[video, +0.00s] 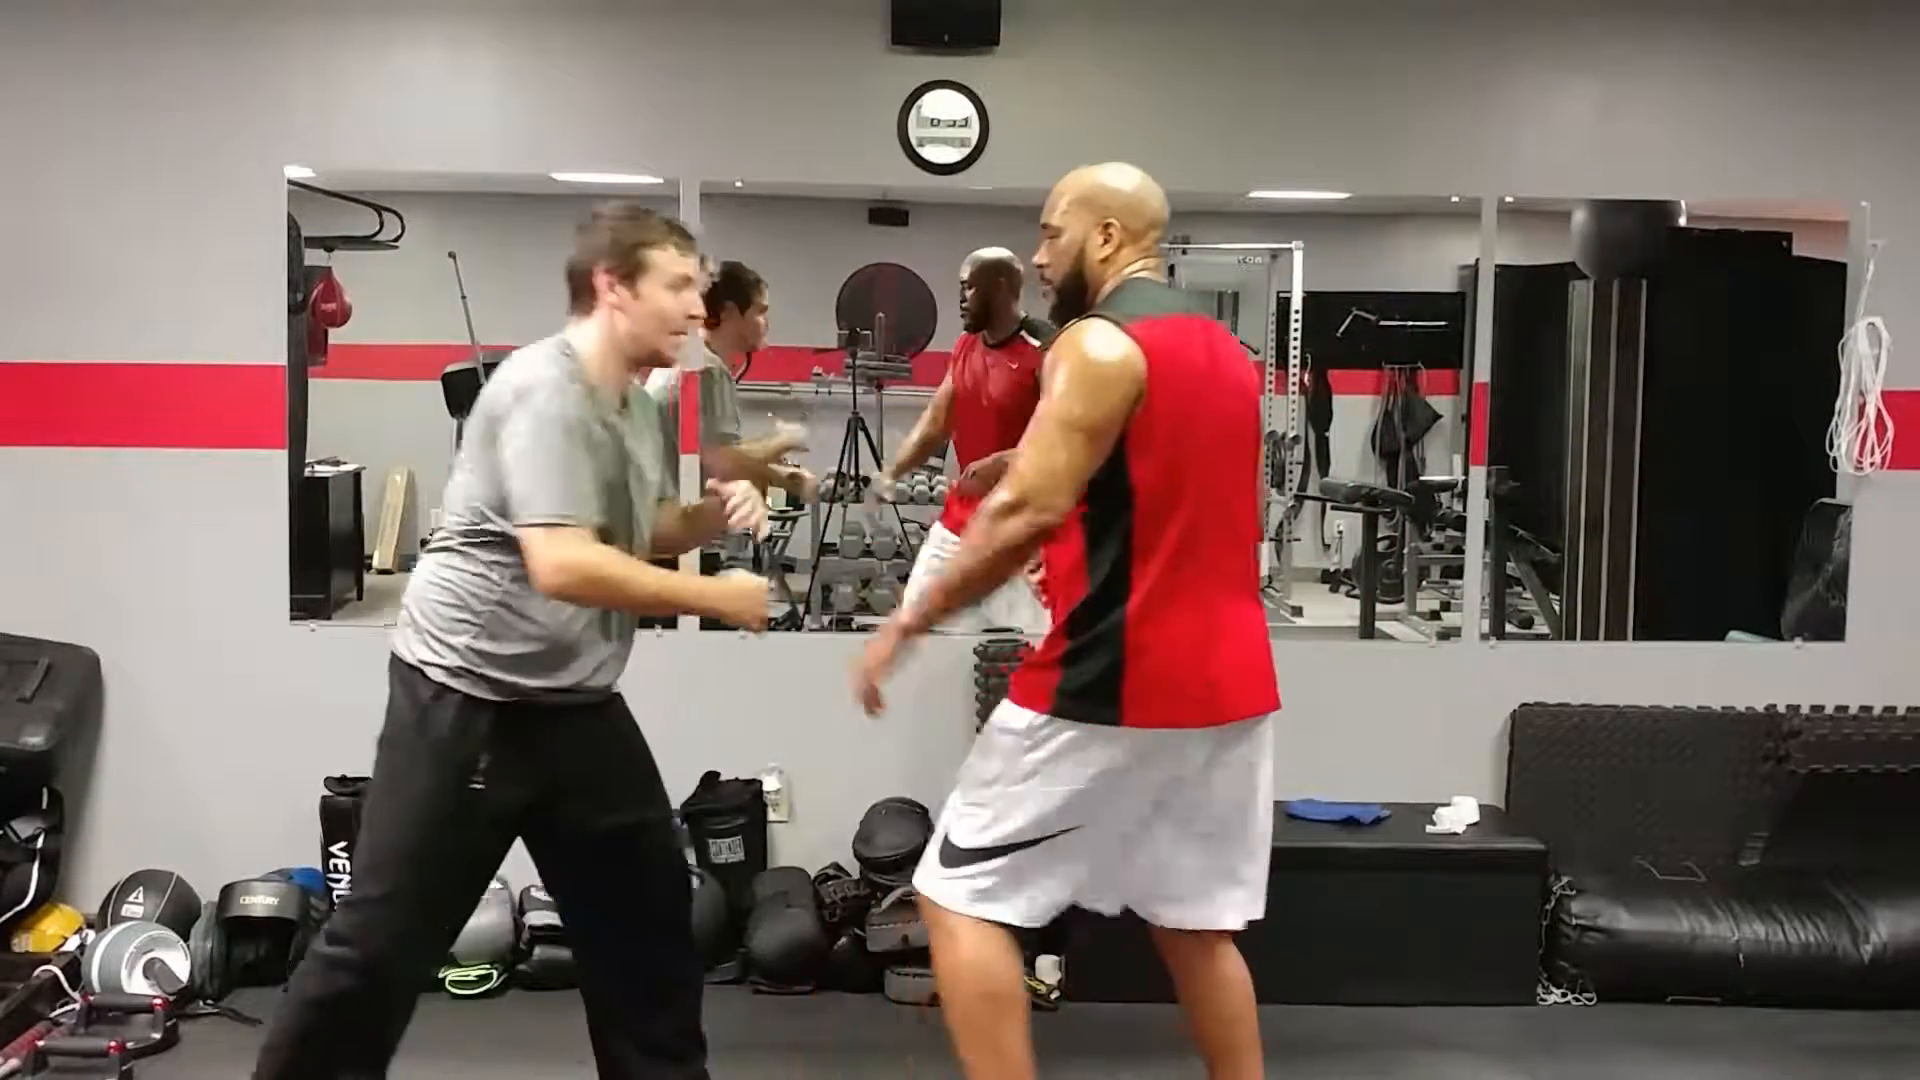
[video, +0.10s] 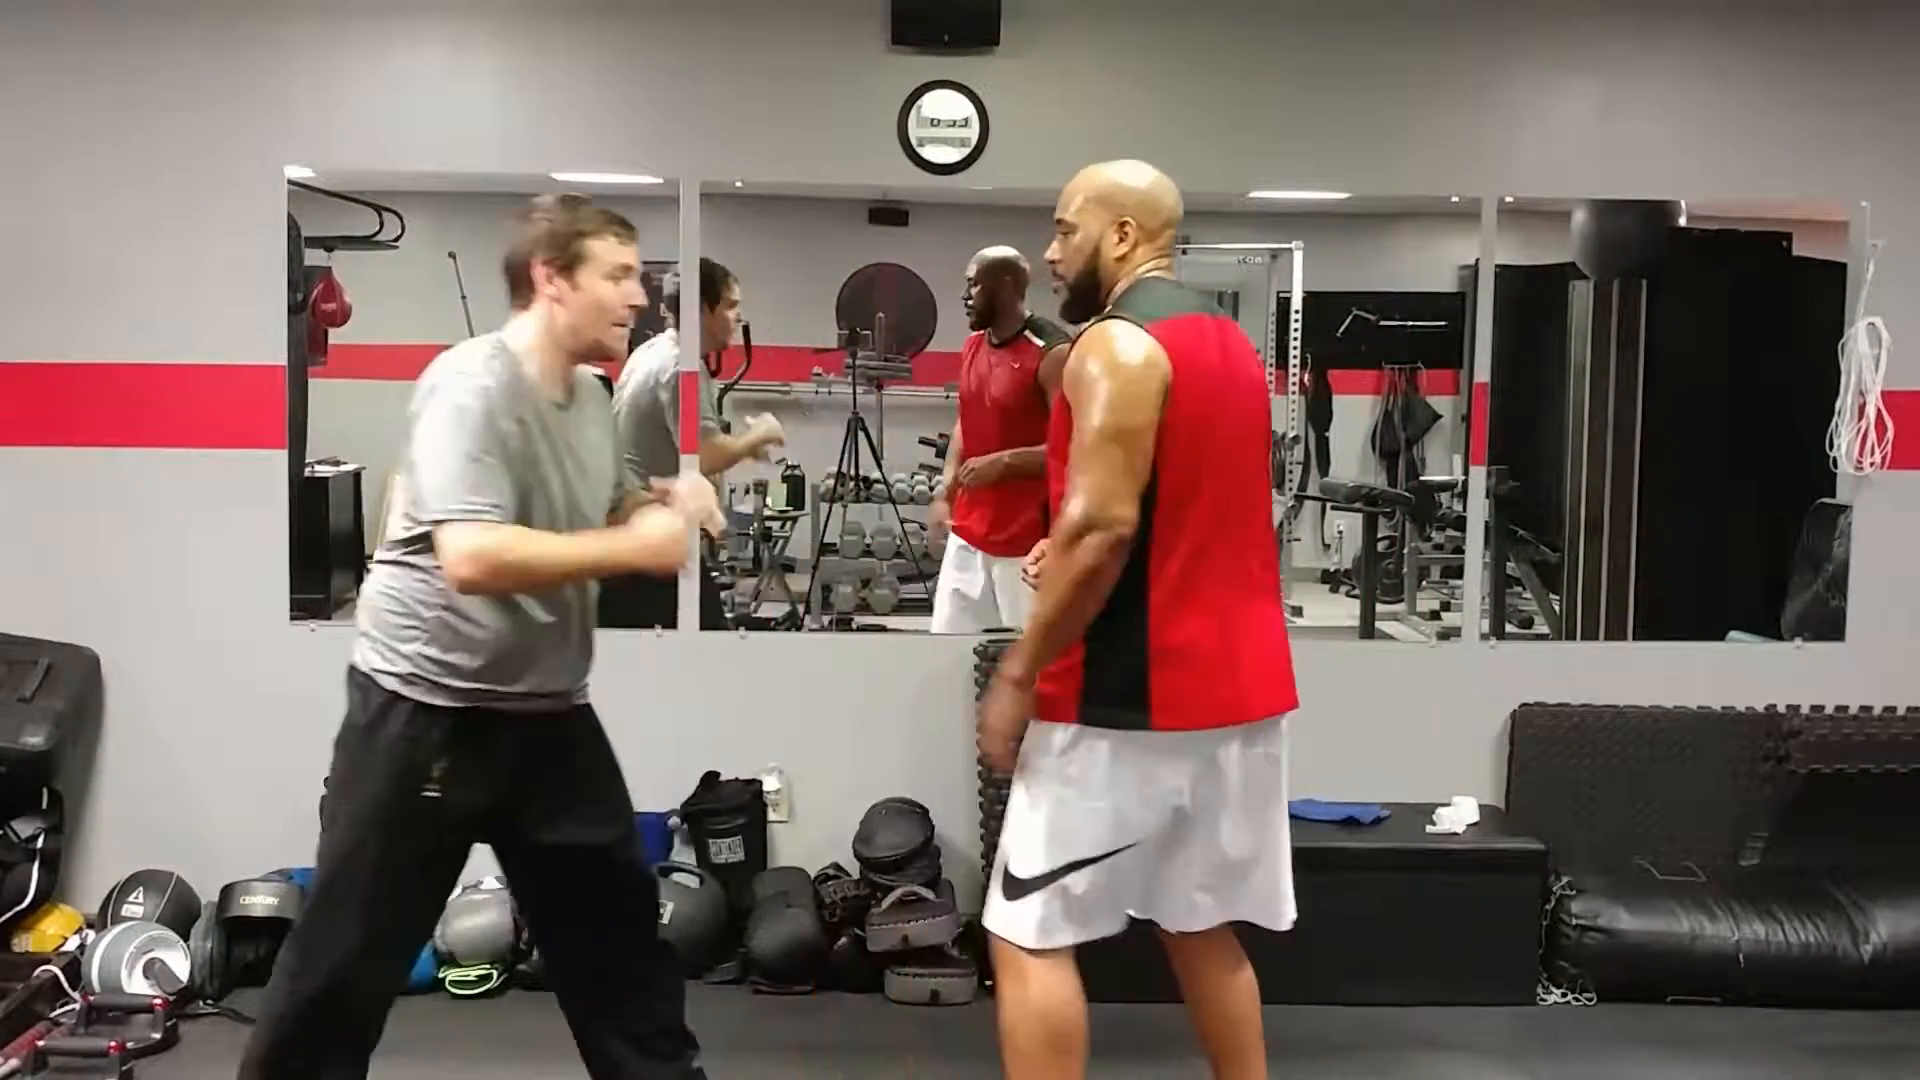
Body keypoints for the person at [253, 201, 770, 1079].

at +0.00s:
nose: (698, 308)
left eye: (699, 289)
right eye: (679, 286)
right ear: (612, 290)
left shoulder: (644, 408)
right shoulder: (542, 387)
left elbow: (645, 540)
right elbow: (561, 564)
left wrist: (710, 516)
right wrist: (709, 594)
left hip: (575, 701)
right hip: (460, 696)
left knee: (647, 927)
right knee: (377, 948)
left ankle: (661, 1074)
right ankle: (293, 1078)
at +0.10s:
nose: (639, 298)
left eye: (638, 278)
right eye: (620, 277)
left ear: (570, 285)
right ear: (549, 281)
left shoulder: (595, 397)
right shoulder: (468, 381)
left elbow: (595, 519)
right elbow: (472, 558)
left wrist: (657, 503)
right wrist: (630, 547)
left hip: (547, 717)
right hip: (419, 715)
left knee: (619, 957)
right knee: (340, 974)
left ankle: (664, 1077)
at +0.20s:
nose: (590, 286)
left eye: (590, 267)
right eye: (572, 266)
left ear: (522, 276)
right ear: (501, 271)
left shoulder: (569, 388)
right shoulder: (410, 374)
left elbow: (626, 511)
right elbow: (437, 528)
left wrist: (658, 438)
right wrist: (571, 435)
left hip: (518, 714)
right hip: (382, 711)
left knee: (596, 965)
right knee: (315, 980)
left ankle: (643, 1076)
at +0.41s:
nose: (562, 278)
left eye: (563, 259)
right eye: (543, 258)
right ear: (470, 265)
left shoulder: (562, 377)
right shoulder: (380, 363)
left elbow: (671, 440)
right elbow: (448, 468)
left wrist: (623, 335)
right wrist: (509, 334)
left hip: (544, 711)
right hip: (391, 714)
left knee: (607, 966)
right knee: (314, 968)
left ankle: (615, 1078)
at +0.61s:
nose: (665, 306)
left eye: (662, 289)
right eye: (644, 290)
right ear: (576, 308)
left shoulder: (640, 401)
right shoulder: (549, 397)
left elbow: (732, 509)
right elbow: (722, 393)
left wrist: (729, 405)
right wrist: (824, 359)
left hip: (629, 745)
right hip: (508, 749)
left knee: (744, 944)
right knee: (398, 978)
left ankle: (818, 1075)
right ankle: (310, 1079)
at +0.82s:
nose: (832, 314)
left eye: (826, 297)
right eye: (811, 298)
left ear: (751, 325)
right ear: (750, 319)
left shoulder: (687, 411)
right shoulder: (780, 415)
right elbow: (938, 495)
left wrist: (869, 415)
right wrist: (882, 419)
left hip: (712, 728)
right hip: (636, 713)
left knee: (827, 943)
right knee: (544, 967)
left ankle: (849, 1068)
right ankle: (409, 1074)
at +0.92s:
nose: (880, 329)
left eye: (876, 312)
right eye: (863, 311)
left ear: (799, 327)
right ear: (804, 322)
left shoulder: (738, 402)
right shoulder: (796, 415)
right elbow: (963, 535)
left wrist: (879, 430)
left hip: (711, 711)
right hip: (659, 692)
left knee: (820, 933)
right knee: (606, 957)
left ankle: (840, 1070)